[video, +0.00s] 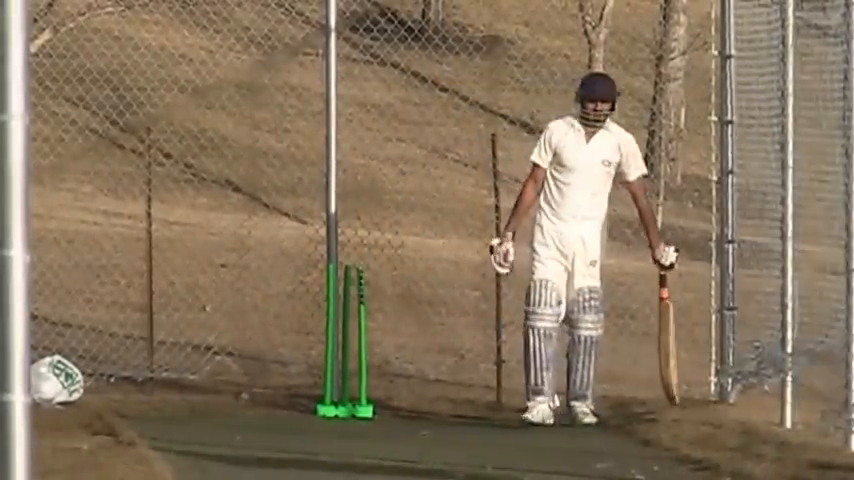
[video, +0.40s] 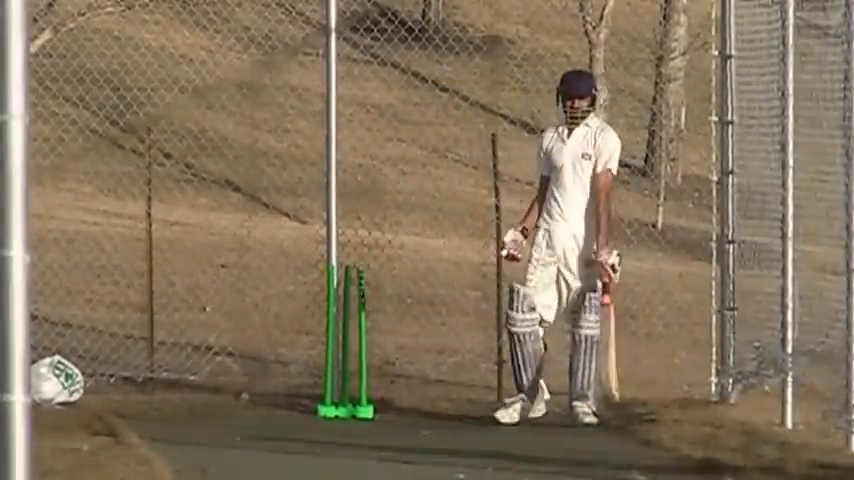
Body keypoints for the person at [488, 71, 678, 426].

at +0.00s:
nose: (596, 109)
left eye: (603, 103)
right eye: (590, 102)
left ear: (613, 105)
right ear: (578, 101)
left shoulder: (621, 142)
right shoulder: (557, 132)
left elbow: (639, 197)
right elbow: (532, 185)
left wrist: (656, 245)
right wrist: (508, 233)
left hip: (589, 245)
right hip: (549, 241)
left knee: (587, 322)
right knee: (542, 318)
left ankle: (580, 402)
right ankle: (540, 401)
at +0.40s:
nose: (574, 105)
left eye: (581, 99)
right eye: (568, 99)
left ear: (593, 101)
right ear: (559, 101)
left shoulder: (605, 139)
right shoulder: (551, 137)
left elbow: (603, 196)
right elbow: (543, 194)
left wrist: (602, 248)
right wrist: (520, 232)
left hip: (582, 248)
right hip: (545, 244)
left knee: (586, 322)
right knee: (523, 315)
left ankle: (582, 401)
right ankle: (532, 395)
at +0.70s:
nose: (544, 109)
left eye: (549, 102)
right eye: (536, 104)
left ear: (560, 99)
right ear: (528, 106)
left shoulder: (580, 134)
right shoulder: (524, 143)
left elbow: (579, 187)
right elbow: (517, 193)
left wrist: (548, 223)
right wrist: (513, 234)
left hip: (569, 246)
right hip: (530, 246)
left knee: (577, 319)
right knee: (526, 321)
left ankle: (581, 401)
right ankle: (539, 403)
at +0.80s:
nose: (526, 112)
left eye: (530, 104)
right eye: (519, 107)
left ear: (544, 98)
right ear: (513, 109)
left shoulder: (568, 131)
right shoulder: (511, 143)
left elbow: (569, 185)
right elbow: (508, 192)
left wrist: (536, 222)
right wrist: (508, 227)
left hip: (559, 246)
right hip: (523, 247)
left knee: (570, 321)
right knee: (523, 324)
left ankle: (579, 401)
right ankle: (538, 404)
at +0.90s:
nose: (507, 115)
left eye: (511, 107)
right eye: (501, 111)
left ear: (524, 101)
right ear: (497, 113)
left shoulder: (555, 131)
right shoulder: (502, 144)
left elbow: (558, 188)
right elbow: (501, 197)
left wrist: (526, 228)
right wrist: (501, 231)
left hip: (551, 243)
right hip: (518, 245)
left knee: (554, 318)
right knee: (521, 322)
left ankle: (565, 396)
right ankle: (537, 399)